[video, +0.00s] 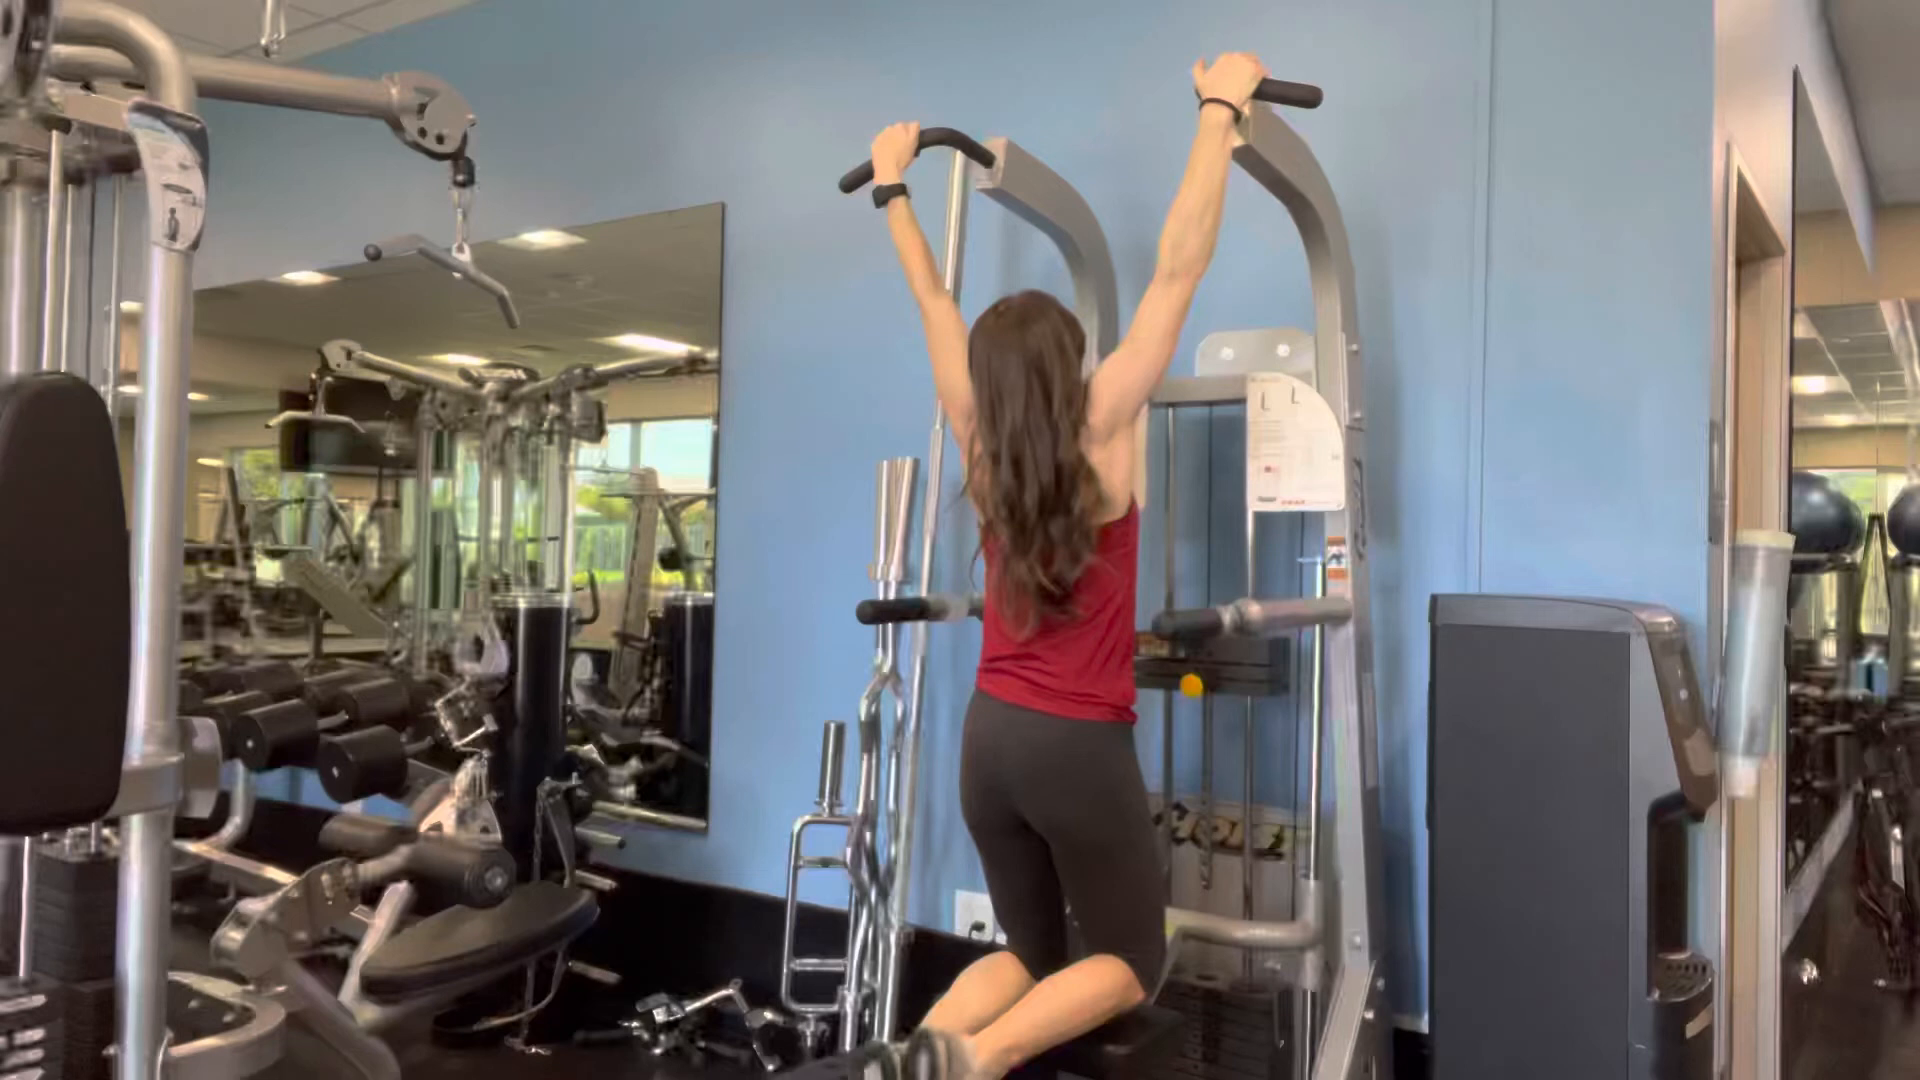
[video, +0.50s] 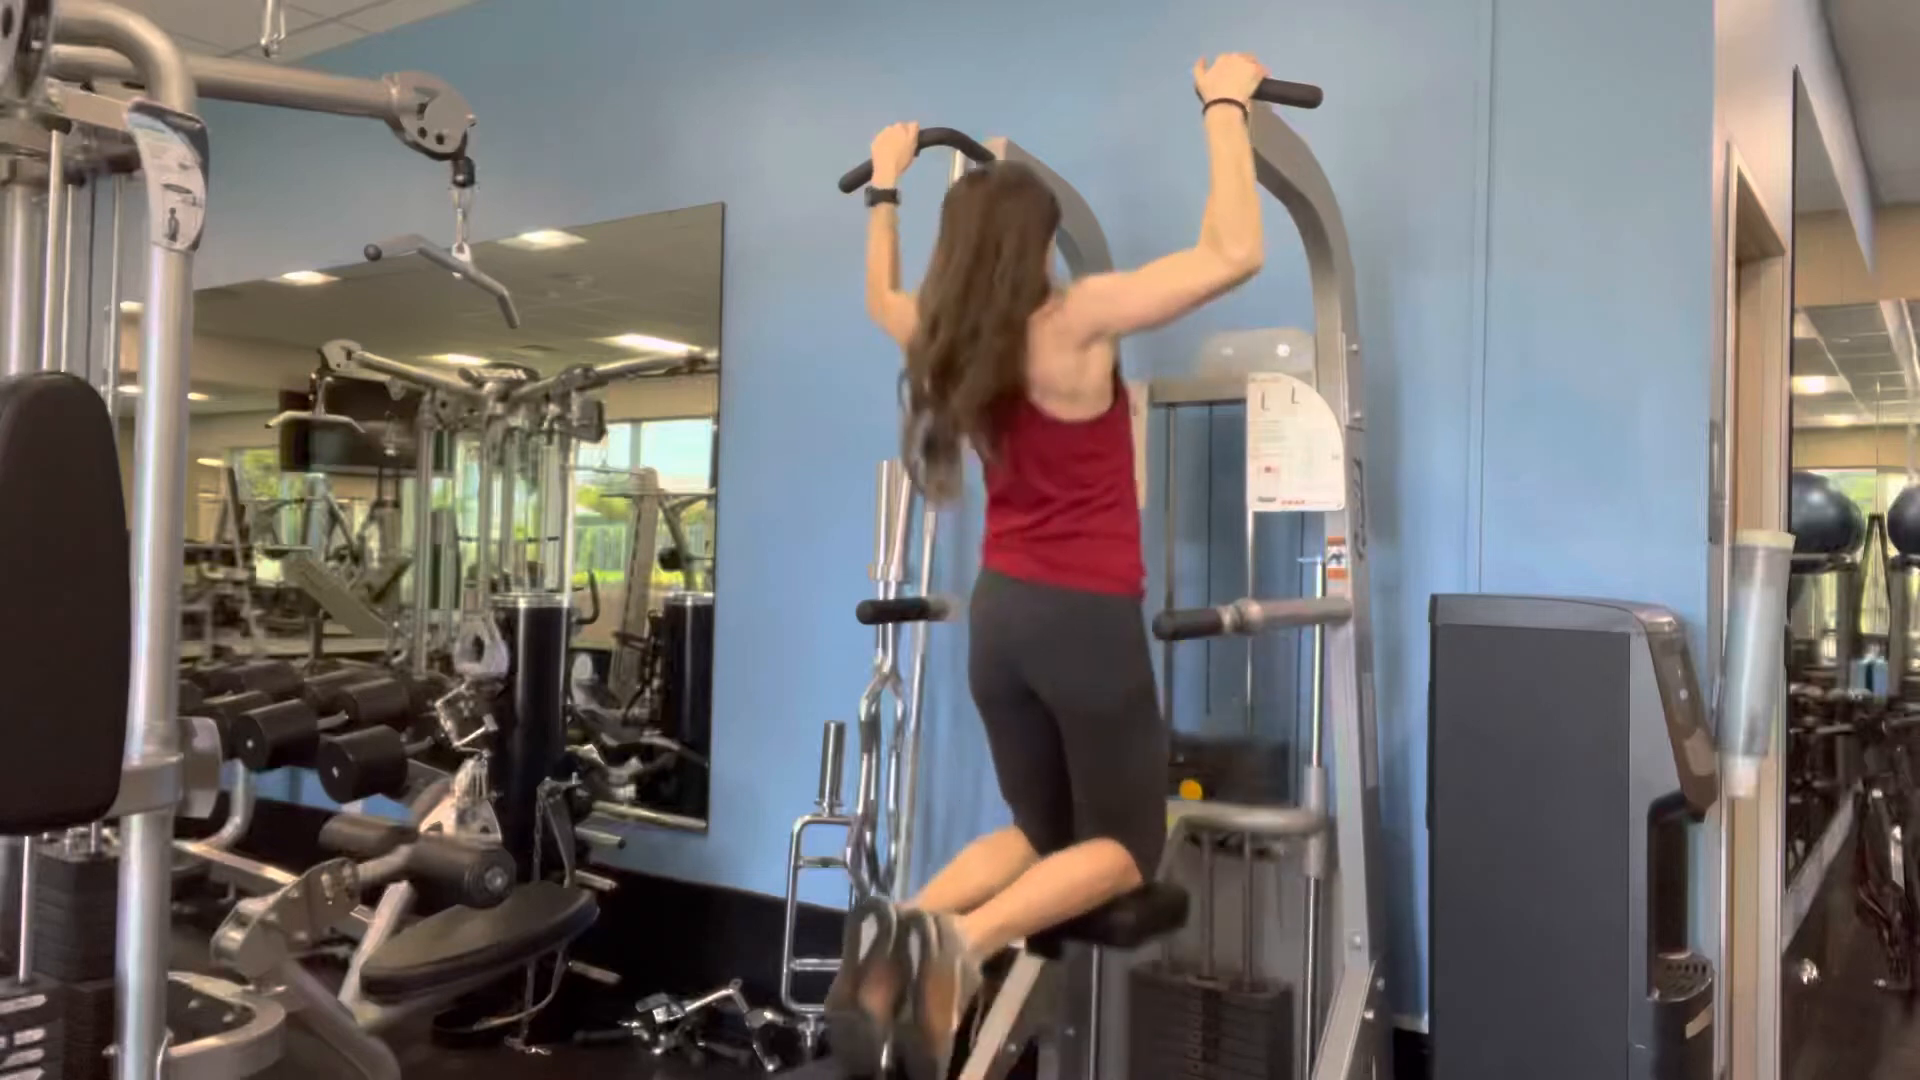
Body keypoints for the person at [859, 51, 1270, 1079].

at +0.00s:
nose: (1076, 335)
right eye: (1068, 331)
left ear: (988, 370)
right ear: (1066, 359)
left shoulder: (980, 438)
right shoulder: (1106, 417)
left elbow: (933, 301)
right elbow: (1178, 266)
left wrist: (891, 185)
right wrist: (1219, 112)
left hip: (990, 735)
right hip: (1079, 748)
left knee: (1029, 953)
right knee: (1129, 964)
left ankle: (917, 1052)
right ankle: (977, 1056)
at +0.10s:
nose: (1077, 331)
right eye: (1067, 325)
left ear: (986, 363)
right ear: (1063, 350)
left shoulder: (977, 430)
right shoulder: (1104, 406)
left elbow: (928, 301)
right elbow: (1178, 270)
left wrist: (891, 186)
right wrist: (1220, 113)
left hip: (988, 727)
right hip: (1075, 741)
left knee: (1032, 947)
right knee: (1120, 960)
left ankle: (902, 1054)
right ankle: (965, 1064)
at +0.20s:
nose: (1069, 324)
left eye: (1042, 318)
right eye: (1060, 317)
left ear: (975, 345)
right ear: (1052, 334)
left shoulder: (965, 420)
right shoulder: (1092, 396)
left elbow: (917, 298)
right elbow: (1189, 270)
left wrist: (891, 188)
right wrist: (1220, 112)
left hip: (986, 712)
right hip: (1073, 723)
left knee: (1032, 930)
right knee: (1116, 944)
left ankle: (900, 1038)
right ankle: (956, 1057)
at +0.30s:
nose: (1056, 299)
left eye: (1042, 286)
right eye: (1047, 287)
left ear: (960, 310)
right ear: (1037, 300)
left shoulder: (958, 389)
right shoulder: (1078, 367)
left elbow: (906, 295)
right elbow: (1201, 265)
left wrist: (887, 186)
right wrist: (1220, 111)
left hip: (988, 679)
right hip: (1074, 685)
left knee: (1037, 894)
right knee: (1120, 912)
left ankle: (901, 983)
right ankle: (950, 1006)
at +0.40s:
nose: (1049, 264)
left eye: (1002, 254)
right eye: (1040, 254)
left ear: (960, 273)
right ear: (1033, 270)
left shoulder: (948, 362)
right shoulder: (1072, 345)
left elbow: (889, 293)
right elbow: (1216, 259)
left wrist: (884, 182)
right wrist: (1223, 108)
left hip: (993, 648)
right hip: (1080, 654)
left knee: (1038, 863)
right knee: (1125, 880)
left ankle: (896, 959)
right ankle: (957, 969)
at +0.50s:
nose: (1063, 243)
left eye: (1052, 231)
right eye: (1056, 230)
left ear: (964, 242)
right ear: (1043, 239)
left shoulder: (948, 333)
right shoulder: (1079, 314)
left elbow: (881, 292)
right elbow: (1234, 252)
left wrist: (885, 184)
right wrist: (1225, 107)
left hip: (1000, 612)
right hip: (1085, 618)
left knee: (1038, 830)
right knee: (1127, 847)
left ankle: (906, 933)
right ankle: (964, 947)